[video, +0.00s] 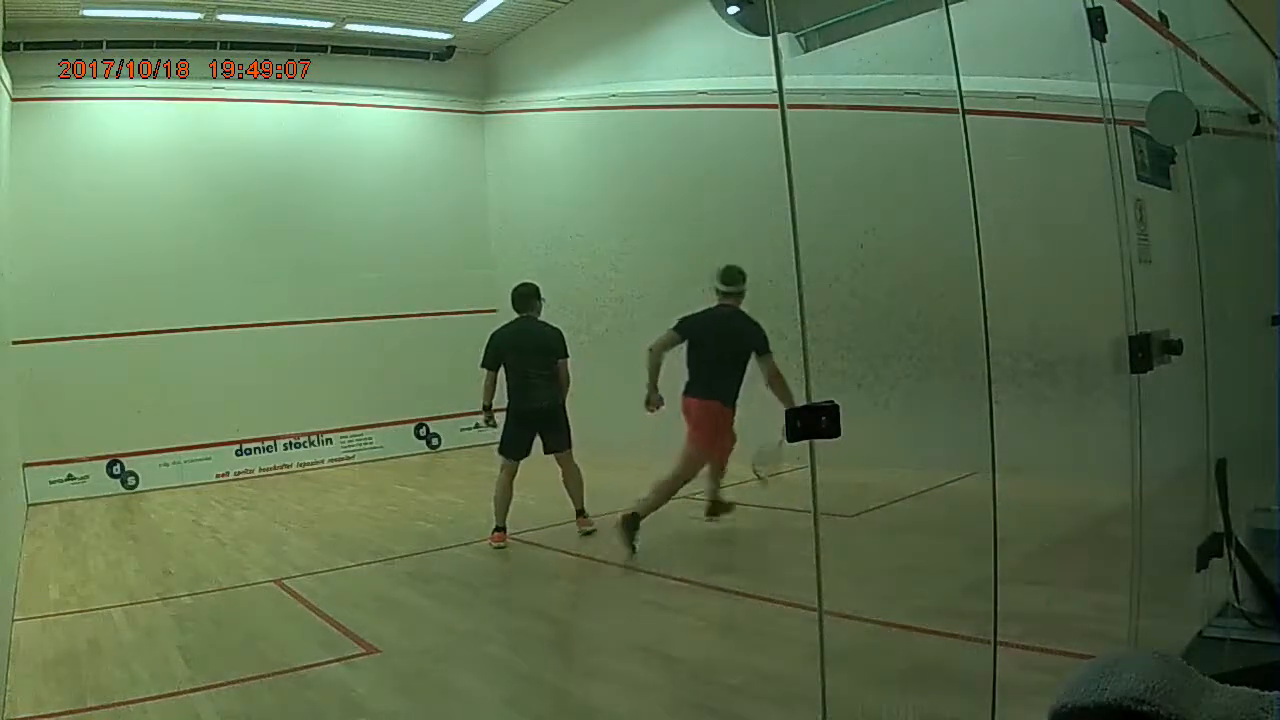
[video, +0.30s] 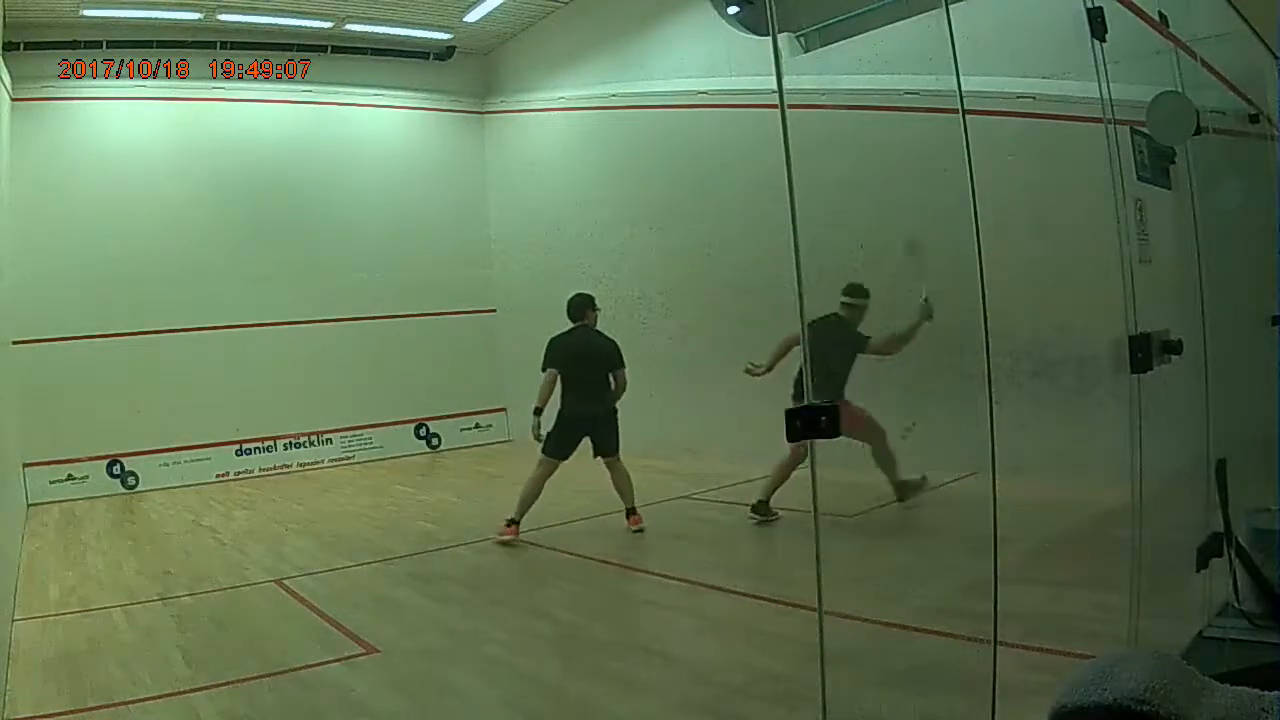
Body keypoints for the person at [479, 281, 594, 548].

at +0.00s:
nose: (543, 305)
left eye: (540, 302)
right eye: (542, 302)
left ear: (514, 306)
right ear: (538, 304)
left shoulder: (500, 336)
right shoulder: (553, 333)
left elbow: (490, 379)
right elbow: (564, 376)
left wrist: (487, 409)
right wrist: (560, 402)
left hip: (520, 413)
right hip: (552, 411)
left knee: (507, 470)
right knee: (567, 462)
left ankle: (499, 529)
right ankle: (582, 516)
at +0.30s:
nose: (597, 316)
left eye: (596, 311)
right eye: (595, 312)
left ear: (571, 316)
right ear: (589, 314)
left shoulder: (558, 342)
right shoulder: (606, 343)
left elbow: (550, 378)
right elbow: (621, 383)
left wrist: (537, 413)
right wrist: (610, 401)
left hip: (571, 416)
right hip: (603, 414)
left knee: (544, 468)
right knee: (613, 462)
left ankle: (514, 523)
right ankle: (633, 514)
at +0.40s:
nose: (618, 312)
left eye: (615, 308)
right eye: (616, 308)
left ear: (591, 312)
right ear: (613, 311)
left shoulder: (581, 339)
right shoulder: (627, 339)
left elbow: (570, 379)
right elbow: (645, 380)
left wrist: (555, 414)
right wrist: (632, 401)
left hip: (594, 413)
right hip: (625, 412)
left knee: (566, 465)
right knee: (623, 460)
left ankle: (559, 526)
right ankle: (633, 516)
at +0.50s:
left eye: (611, 295)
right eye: (627, 293)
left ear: (606, 297)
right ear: (631, 296)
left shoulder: (598, 327)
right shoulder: (646, 326)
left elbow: (582, 366)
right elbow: (666, 366)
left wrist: (568, 399)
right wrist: (650, 390)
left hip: (615, 402)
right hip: (644, 402)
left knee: (597, 458)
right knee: (631, 453)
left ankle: (616, 518)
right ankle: (635, 513)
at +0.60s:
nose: (624, 288)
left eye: (621, 284)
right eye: (636, 284)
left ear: (619, 286)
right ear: (643, 286)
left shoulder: (609, 316)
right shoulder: (658, 315)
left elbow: (597, 356)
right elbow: (681, 355)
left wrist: (582, 385)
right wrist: (665, 380)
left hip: (632, 391)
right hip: (661, 391)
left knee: (623, 454)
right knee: (655, 448)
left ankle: (653, 509)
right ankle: (652, 510)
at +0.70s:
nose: (639, 293)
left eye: (638, 289)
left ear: (638, 290)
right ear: (662, 289)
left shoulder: (635, 321)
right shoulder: (677, 318)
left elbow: (632, 362)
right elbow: (697, 357)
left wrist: (611, 383)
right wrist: (684, 381)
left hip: (660, 395)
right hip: (685, 390)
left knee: (660, 460)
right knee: (682, 454)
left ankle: (695, 512)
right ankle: (715, 505)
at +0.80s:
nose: (649, 302)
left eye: (650, 298)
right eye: (650, 298)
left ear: (655, 302)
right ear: (677, 301)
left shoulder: (658, 336)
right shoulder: (690, 329)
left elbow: (663, 381)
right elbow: (709, 370)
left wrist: (641, 398)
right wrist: (688, 393)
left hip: (687, 408)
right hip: (706, 403)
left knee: (686, 474)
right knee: (695, 464)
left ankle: (732, 522)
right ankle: (720, 511)